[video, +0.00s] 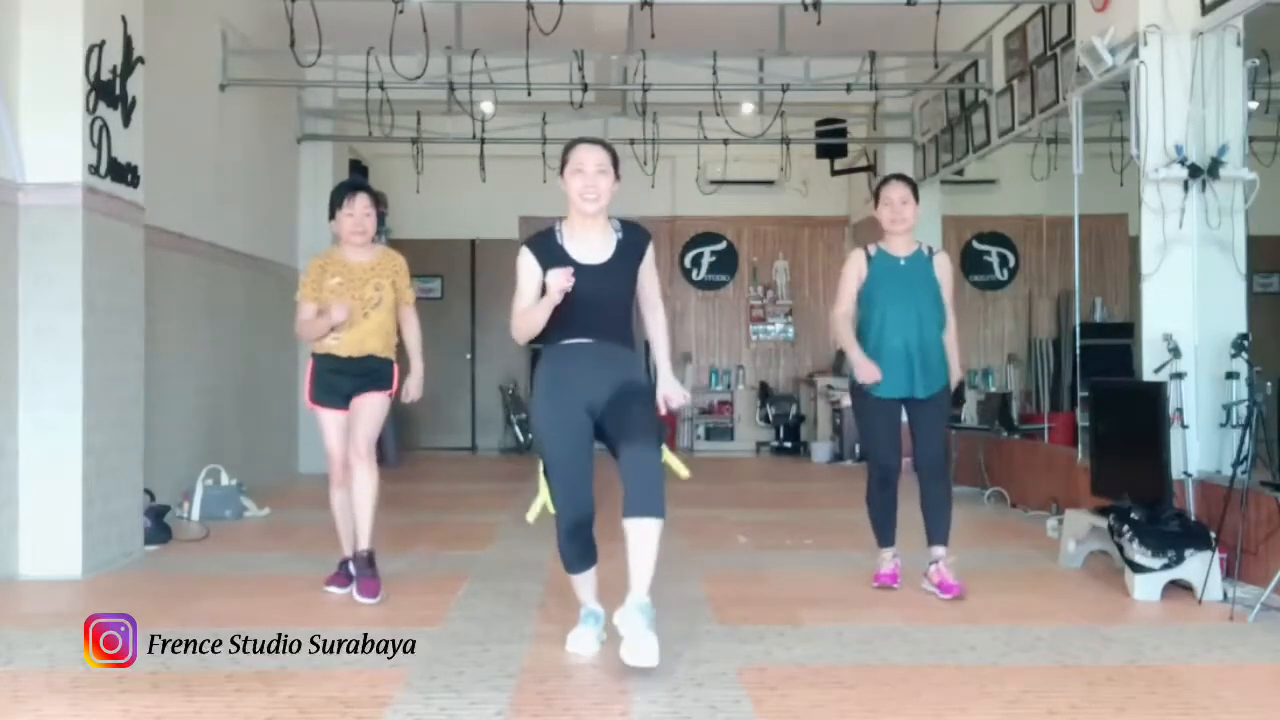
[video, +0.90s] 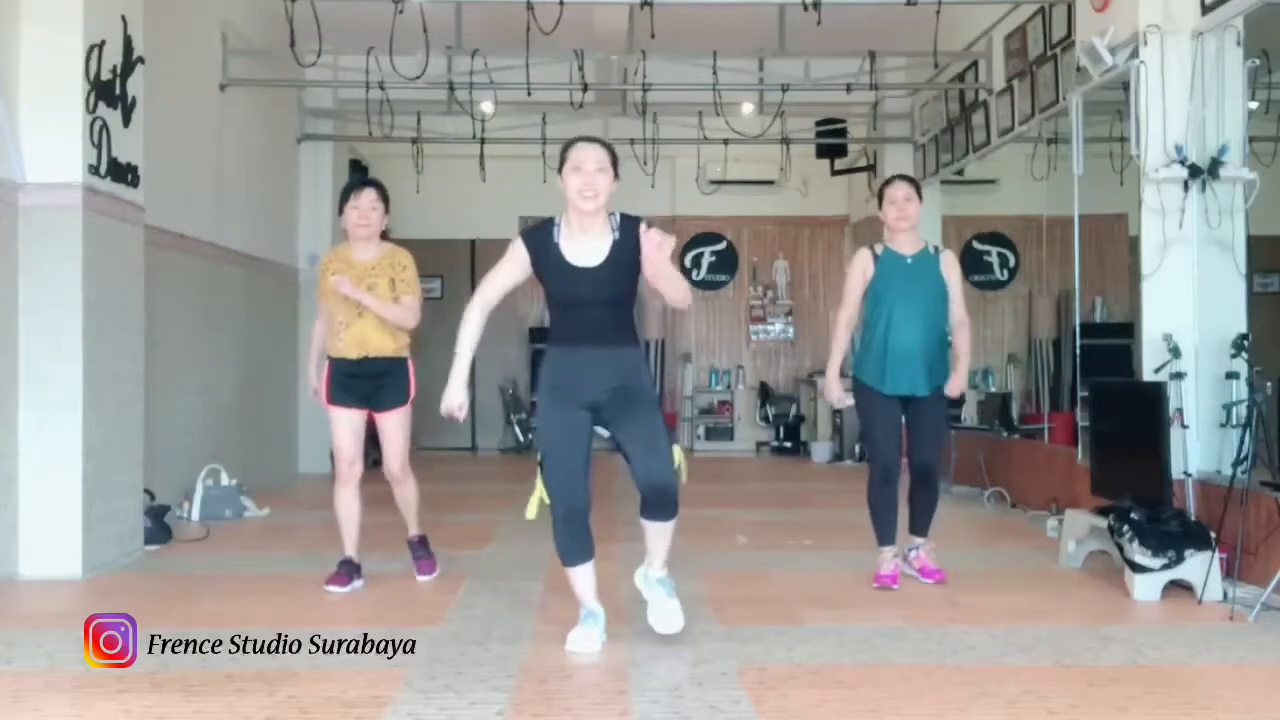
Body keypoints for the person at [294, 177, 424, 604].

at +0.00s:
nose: (359, 222)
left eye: (367, 215)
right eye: (350, 214)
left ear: (377, 220)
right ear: (334, 220)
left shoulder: (393, 263)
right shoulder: (319, 267)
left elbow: (408, 317)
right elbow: (304, 331)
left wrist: (416, 368)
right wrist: (330, 321)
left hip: (377, 367)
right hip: (329, 367)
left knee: (362, 452)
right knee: (339, 464)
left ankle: (365, 555)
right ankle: (347, 558)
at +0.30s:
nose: (357, 222)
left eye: (366, 214)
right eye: (349, 214)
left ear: (379, 221)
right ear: (336, 222)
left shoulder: (395, 268)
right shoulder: (322, 271)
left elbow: (409, 331)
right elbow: (310, 328)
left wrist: (417, 386)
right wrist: (317, 377)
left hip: (381, 372)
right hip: (334, 372)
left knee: (372, 462)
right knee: (340, 467)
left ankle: (372, 561)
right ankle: (350, 559)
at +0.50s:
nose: (361, 220)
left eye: (370, 212)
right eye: (352, 212)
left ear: (382, 219)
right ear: (340, 220)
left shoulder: (399, 262)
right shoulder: (326, 269)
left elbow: (414, 319)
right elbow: (312, 332)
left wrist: (393, 332)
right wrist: (301, 388)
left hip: (387, 372)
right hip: (339, 372)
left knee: (391, 465)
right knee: (345, 469)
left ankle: (409, 532)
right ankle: (350, 561)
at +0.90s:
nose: (363, 215)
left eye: (372, 208)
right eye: (355, 207)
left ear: (385, 218)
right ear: (342, 216)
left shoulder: (399, 259)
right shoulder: (331, 263)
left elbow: (411, 317)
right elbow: (324, 319)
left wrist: (358, 295)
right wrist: (315, 366)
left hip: (391, 367)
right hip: (342, 367)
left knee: (396, 467)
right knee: (347, 468)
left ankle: (417, 540)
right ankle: (350, 559)